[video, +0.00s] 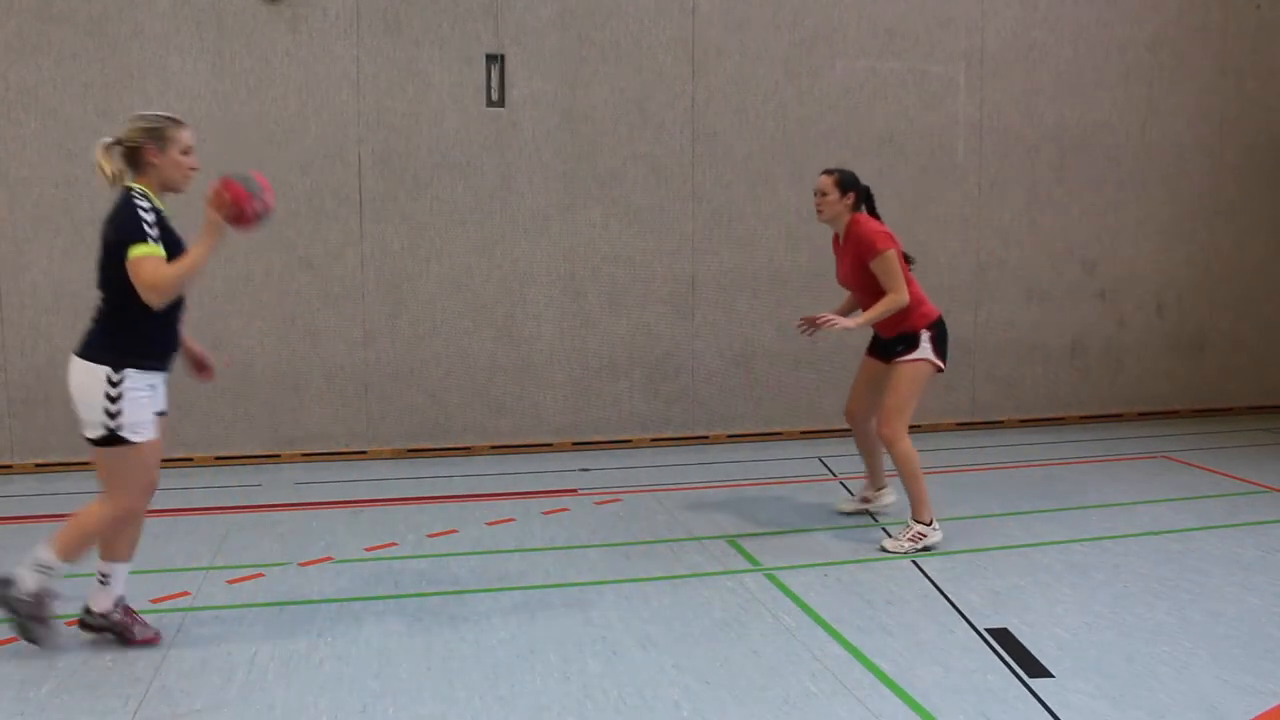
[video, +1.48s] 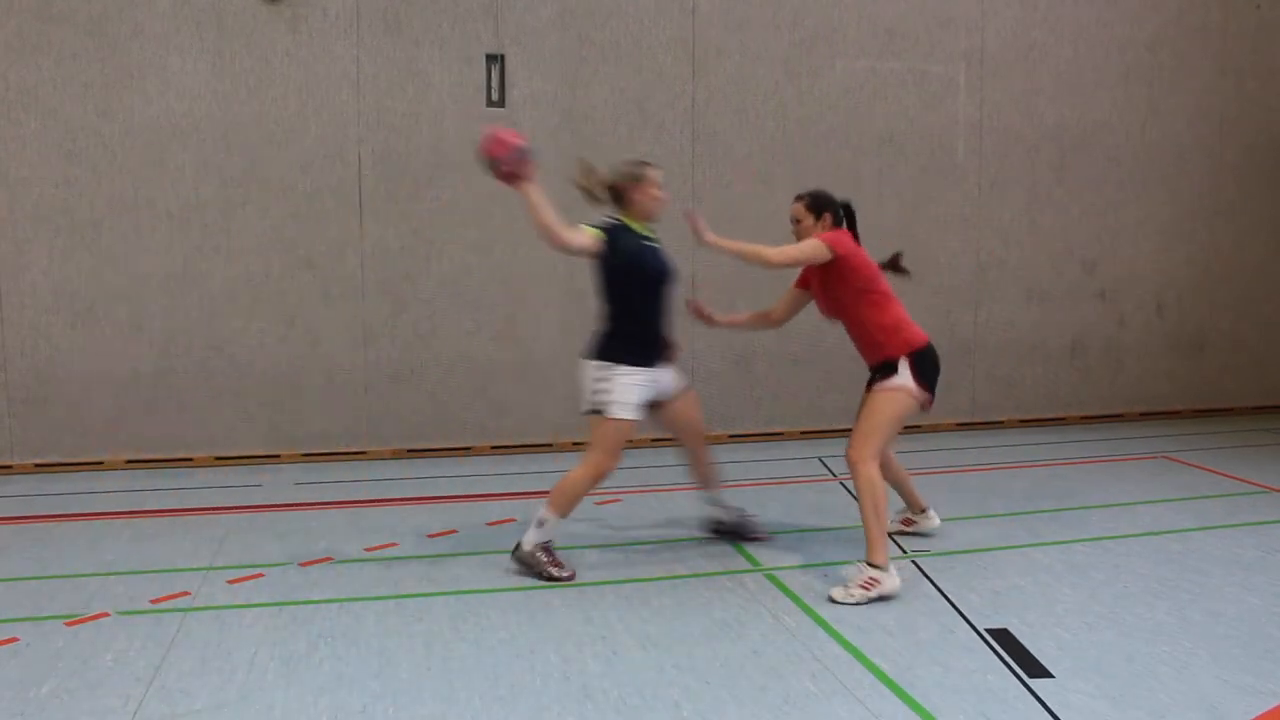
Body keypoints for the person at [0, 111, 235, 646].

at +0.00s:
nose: (194, 162)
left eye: (193, 152)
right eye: (185, 152)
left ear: (155, 157)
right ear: (152, 156)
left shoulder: (149, 210)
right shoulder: (132, 212)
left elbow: (148, 292)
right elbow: (154, 289)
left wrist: (183, 343)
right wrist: (209, 235)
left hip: (140, 372)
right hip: (113, 373)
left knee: (138, 488)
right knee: (123, 496)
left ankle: (105, 604)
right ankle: (29, 582)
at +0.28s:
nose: (144, 219)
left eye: (142, 209)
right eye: (135, 210)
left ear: (104, 216)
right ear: (102, 215)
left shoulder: (103, 266)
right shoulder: (82, 267)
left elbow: (84, 342)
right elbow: (167, 303)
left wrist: (103, 395)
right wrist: (199, 232)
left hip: (86, 418)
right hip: (44, 421)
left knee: (130, 495)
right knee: (9, 532)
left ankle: (50, 570)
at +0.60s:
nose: (213, 205)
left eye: (215, 196)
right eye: (208, 195)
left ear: (176, 191)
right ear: (177, 188)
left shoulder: (160, 233)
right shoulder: (158, 238)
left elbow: (158, 312)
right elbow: (136, 319)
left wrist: (197, 349)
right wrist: (182, 367)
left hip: (106, 370)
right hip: (122, 377)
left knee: (96, 475)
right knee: (142, 486)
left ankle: (43, 574)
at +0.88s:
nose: (312, 225)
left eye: (312, 215)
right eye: (306, 215)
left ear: (277, 217)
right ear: (277, 216)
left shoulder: (263, 261)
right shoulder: (262, 265)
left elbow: (278, 340)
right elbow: (278, 343)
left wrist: (325, 353)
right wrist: (328, 357)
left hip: (228, 393)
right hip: (209, 395)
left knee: (279, 465)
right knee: (228, 501)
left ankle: (197, 535)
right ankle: (139, 572)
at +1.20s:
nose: (482, 183)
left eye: (482, 175)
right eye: (474, 175)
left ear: (465, 182)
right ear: (447, 181)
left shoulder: (472, 230)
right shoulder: (433, 222)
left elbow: (477, 282)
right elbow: (421, 257)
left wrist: (525, 294)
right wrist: (494, 253)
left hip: (459, 360)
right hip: (428, 360)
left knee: (454, 455)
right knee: (445, 456)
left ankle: (398, 537)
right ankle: (361, 514)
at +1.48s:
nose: (662, 195)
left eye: (660, 187)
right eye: (653, 188)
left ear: (638, 195)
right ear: (629, 193)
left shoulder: (648, 239)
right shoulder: (611, 234)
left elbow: (643, 300)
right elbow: (562, 237)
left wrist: (663, 341)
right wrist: (528, 184)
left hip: (655, 364)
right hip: (619, 367)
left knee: (695, 435)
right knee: (600, 461)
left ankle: (721, 513)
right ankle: (532, 543)